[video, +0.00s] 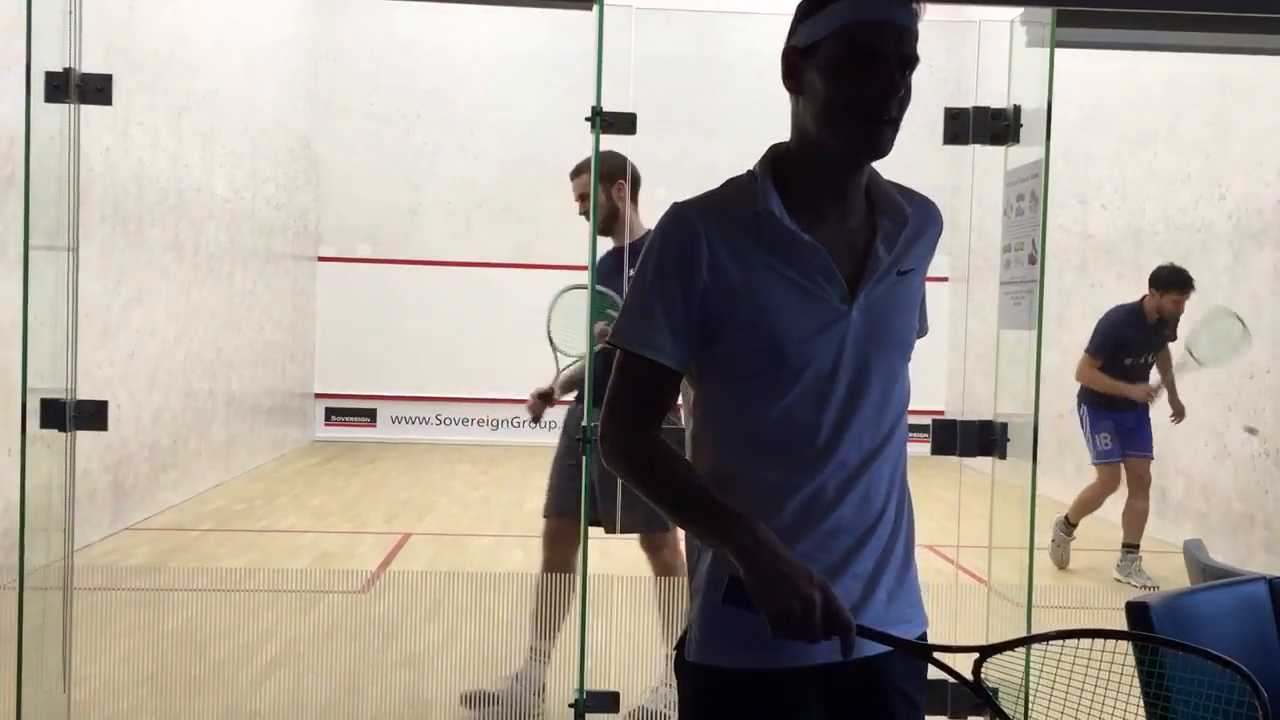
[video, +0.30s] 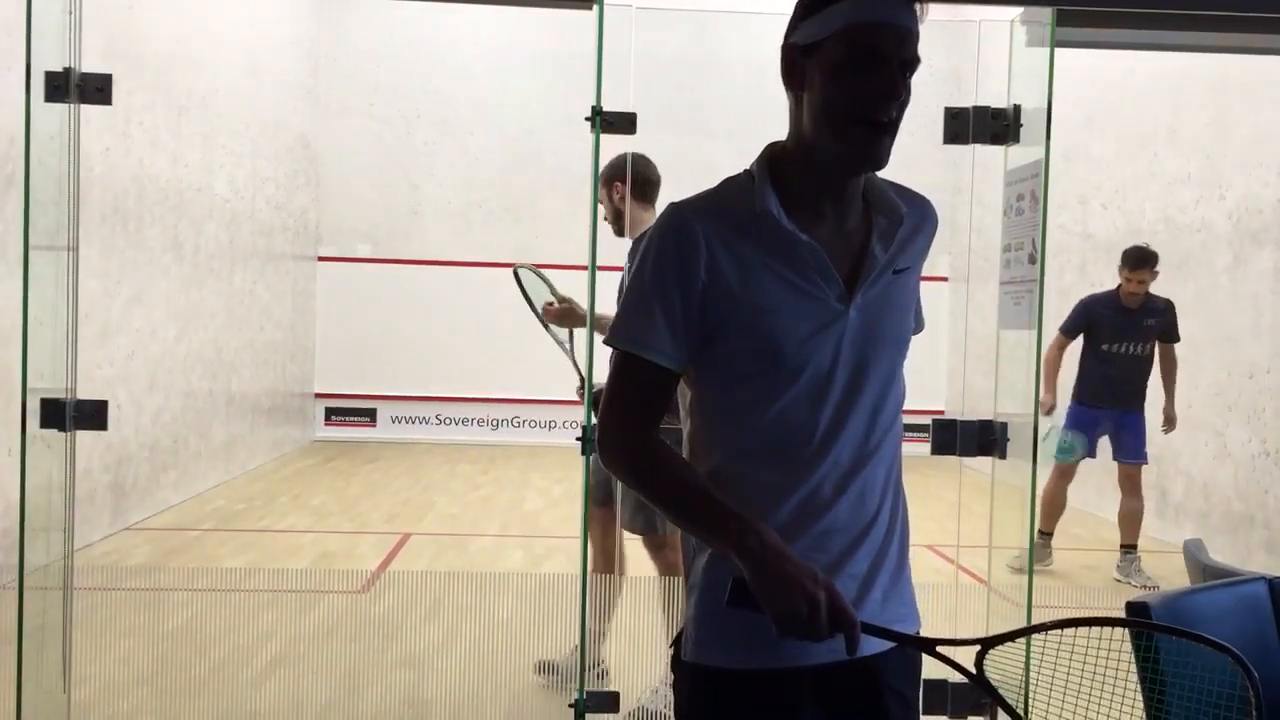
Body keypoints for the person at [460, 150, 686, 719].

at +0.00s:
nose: (583, 211)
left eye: (589, 197)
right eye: (577, 201)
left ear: (623, 189)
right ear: (585, 201)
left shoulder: (665, 258)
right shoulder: (604, 269)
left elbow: (688, 342)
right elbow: (602, 349)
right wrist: (555, 387)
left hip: (650, 420)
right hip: (591, 416)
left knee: (661, 543)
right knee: (559, 534)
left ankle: (677, 679)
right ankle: (531, 682)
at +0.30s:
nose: (600, 210)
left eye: (602, 198)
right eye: (600, 198)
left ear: (620, 193)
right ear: (640, 190)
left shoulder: (656, 250)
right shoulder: (641, 249)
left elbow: (654, 333)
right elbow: (640, 335)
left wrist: (586, 318)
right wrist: (609, 390)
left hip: (659, 415)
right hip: (624, 409)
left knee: (660, 536)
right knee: (601, 518)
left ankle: (684, 670)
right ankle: (592, 657)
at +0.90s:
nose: (581, 209)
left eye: (581, 200)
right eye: (591, 198)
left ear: (586, 204)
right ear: (627, 203)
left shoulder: (595, 254)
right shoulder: (653, 255)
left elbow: (595, 341)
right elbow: (639, 343)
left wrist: (540, 320)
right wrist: (559, 328)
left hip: (612, 418)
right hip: (660, 417)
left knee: (579, 533)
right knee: (652, 530)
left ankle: (639, 654)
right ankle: (662, 655)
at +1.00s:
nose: (567, 217)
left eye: (565, 209)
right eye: (578, 207)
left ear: (568, 210)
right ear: (612, 207)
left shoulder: (581, 255)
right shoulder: (642, 260)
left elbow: (587, 336)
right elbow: (637, 343)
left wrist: (530, 323)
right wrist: (565, 339)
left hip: (599, 414)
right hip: (654, 412)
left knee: (548, 523)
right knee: (641, 524)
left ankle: (590, 650)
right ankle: (656, 650)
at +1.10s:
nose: (545, 221)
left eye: (544, 214)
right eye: (553, 213)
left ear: (548, 215)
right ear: (591, 211)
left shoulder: (566, 260)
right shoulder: (617, 261)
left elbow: (577, 340)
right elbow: (639, 333)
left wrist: (517, 331)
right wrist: (560, 349)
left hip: (581, 415)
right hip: (633, 414)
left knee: (530, 518)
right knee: (632, 525)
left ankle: (528, 643)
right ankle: (655, 647)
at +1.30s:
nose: (504, 221)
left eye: (503, 214)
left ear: (505, 217)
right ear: (547, 213)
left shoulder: (522, 267)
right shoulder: (574, 265)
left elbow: (537, 347)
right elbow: (591, 344)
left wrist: (476, 347)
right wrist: (514, 351)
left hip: (532, 415)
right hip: (574, 416)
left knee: (504, 521)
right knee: (590, 523)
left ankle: (477, 641)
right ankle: (634, 641)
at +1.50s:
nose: (468, 212)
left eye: (466, 205)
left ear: (467, 207)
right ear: (510, 204)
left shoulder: (479, 256)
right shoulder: (534, 257)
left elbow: (479, 339)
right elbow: (529, 333)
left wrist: (430, 329)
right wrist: (453, 326)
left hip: (492, 402)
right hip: (534, 402)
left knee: (485, 517)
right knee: (513, 507)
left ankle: (478, 638)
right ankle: (562, 600)